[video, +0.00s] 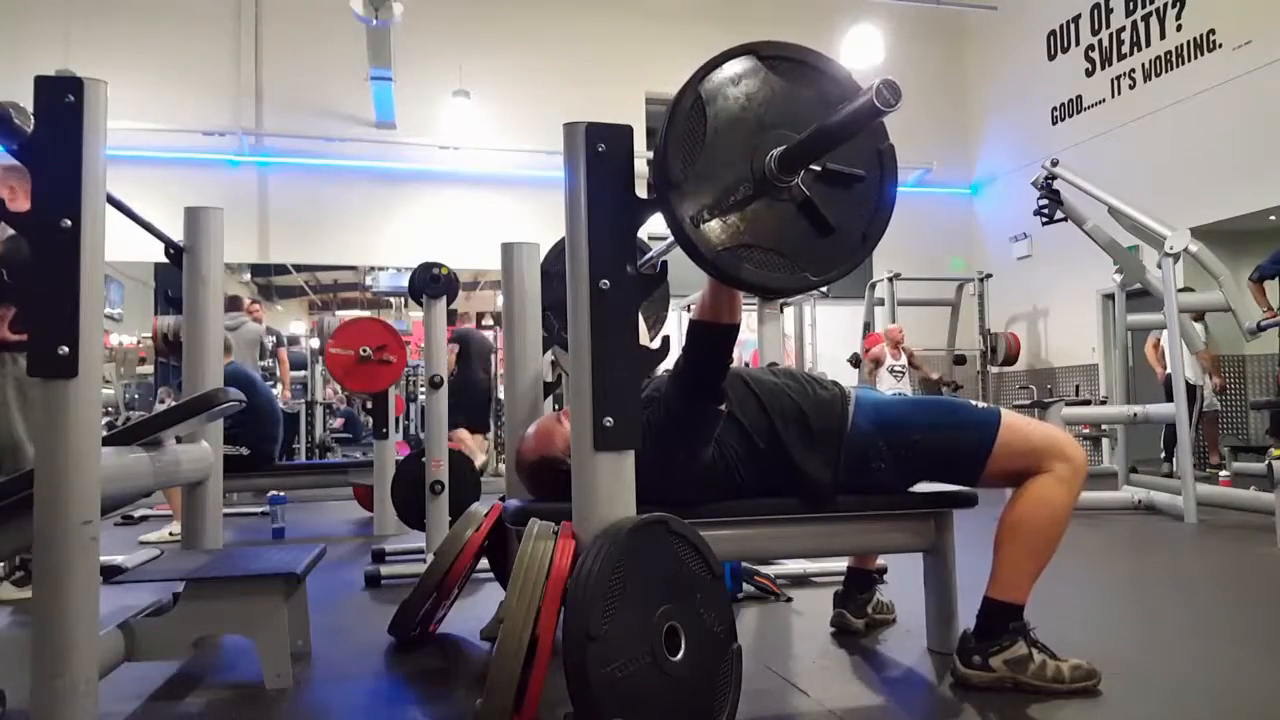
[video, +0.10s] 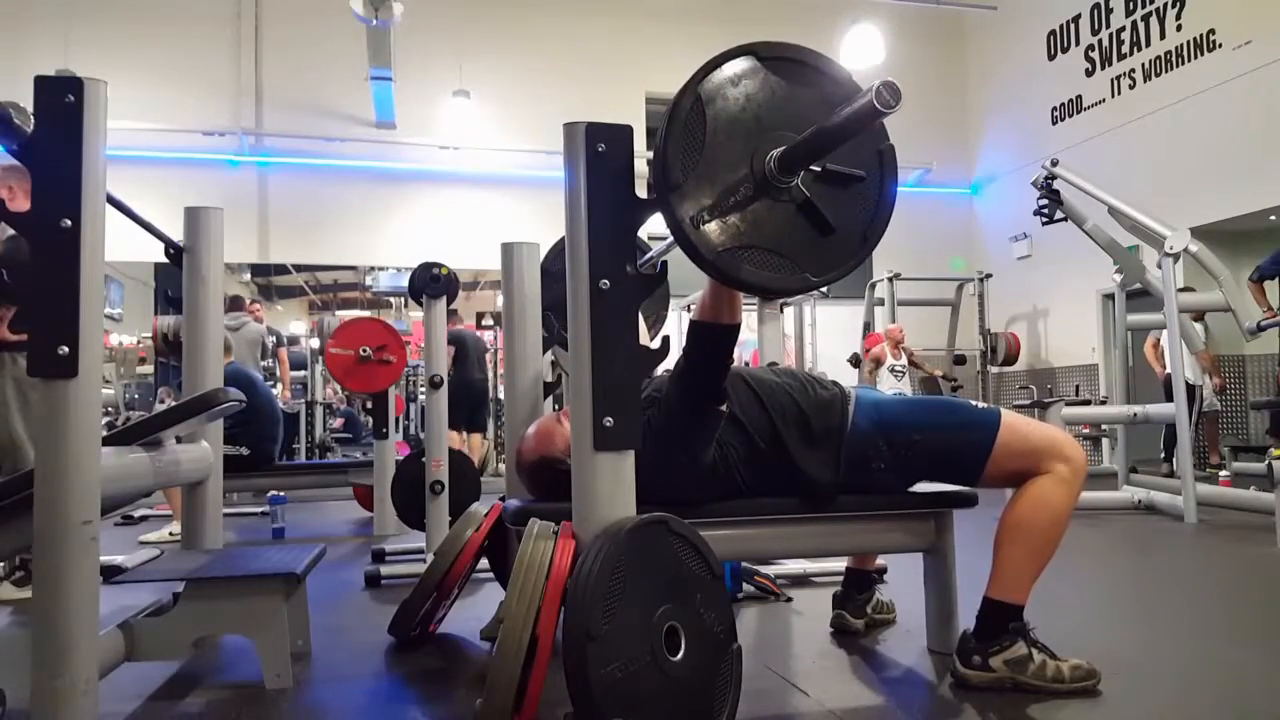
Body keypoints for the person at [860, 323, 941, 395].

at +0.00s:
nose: (903, 334)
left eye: (902, 332)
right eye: (900, 332)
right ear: (891, 336)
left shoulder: (906, 351)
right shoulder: (877, 352)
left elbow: (915, 365)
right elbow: (869, 372)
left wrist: (931, 374)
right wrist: (872, 391)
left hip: (906, 393)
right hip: (886, 393)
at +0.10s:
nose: (903, 334)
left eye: (903, 331)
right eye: (900, 332)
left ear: (892, 336)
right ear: (890, 336)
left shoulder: (905, 351)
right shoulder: (877, 352)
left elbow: (921, 365)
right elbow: (868, 373)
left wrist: (942, 375)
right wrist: (870, 394)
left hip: (906, 396)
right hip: (886, 397)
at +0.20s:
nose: (904, 335)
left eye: (903, 332)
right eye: (901, 332)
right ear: (891, 336)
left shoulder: (906, 353)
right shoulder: (878, 352)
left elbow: (926, 365)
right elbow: (867, 374)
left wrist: (947, 372)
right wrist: (870, 395)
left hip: (907, 398)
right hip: (887, 398)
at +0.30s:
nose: (904, 335)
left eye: (903, 332)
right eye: (901, 333)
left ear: (896, 336)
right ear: (890, 336)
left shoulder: (905, 352)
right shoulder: (879, 353)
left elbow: (925, 363)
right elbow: (868, 373)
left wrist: (947, 367)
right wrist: (871, 394)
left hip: (907, 397)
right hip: (887, 397)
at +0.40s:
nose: (904, 335)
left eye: (903, 332)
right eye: (900, 333)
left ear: (895, 336)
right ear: (890, 336)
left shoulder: (904, 352)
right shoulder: (879, 353)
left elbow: (924, 361)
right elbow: (868, 374)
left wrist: (946, 364)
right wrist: (871, 395)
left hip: (908, 397)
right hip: (888, 397)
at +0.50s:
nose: (903, 335)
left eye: (903, 332)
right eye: (900, 333)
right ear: (890, 336)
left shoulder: (903, 351)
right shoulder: (878, 353)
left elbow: (924, 359)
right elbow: (868, 374)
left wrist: (946, 361)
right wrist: (872, 395)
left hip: (908, 397)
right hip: (889, 397)